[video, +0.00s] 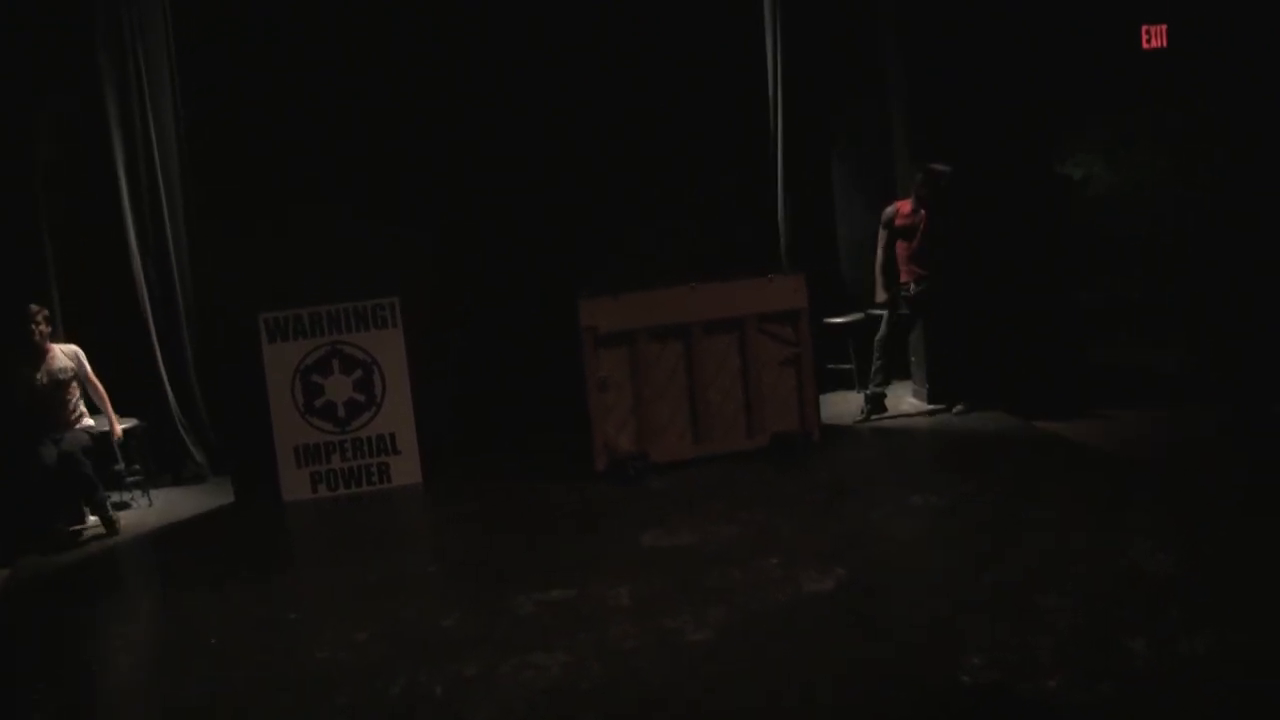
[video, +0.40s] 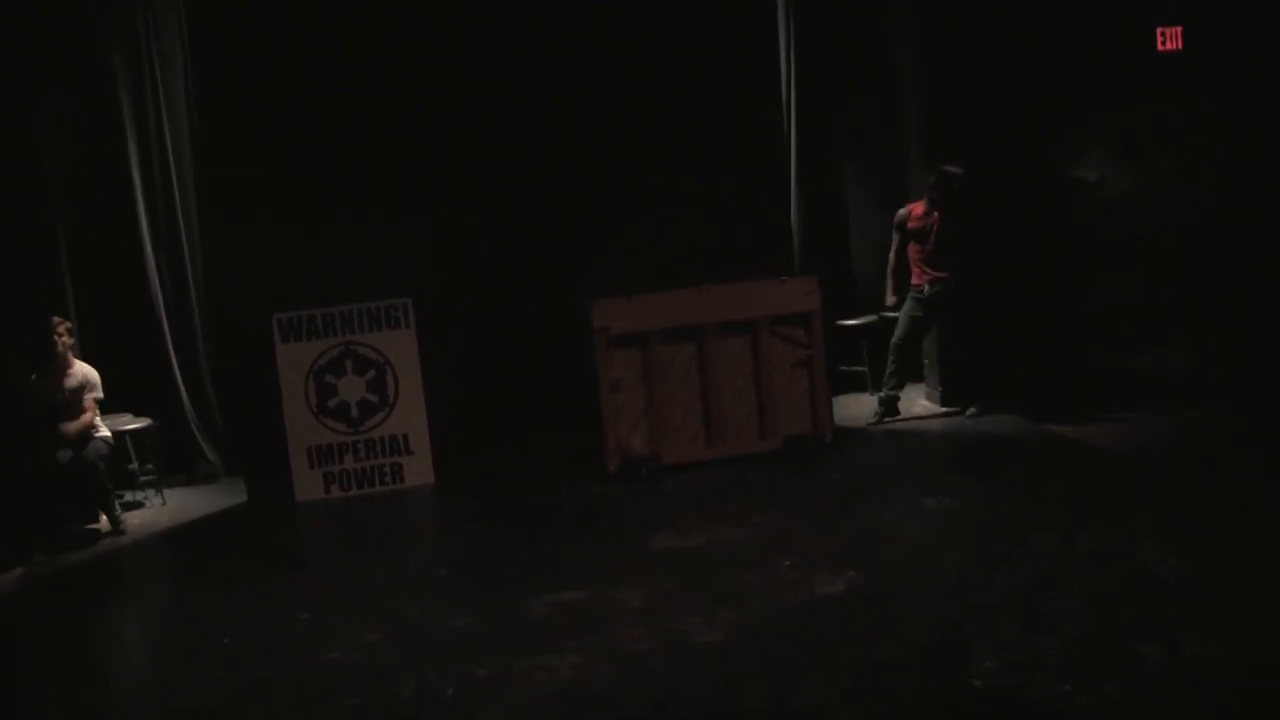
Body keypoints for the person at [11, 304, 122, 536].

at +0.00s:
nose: (34, 330)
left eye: (38, 324)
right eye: (29, 326)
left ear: (48, 326)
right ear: (24, 330)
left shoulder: (71, 353)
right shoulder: (23, 363)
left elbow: (94, 387)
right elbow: (19, 404)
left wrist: (113, 422)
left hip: (78, 426)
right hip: (46, 432)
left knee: (69, 452)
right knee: (44, 463)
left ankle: (103, 511)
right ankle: (59, 523)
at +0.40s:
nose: (55, 340)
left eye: (60, 335)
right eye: (51, 336)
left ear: (70, 340)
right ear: (46, 341)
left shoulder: (86, 373)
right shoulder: (41, 377)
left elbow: (90, 413)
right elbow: (39, 415)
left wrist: (71, 428)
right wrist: (54, 431)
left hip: (89, 431)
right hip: (59, 436)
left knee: (90, 461)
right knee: (56, 466)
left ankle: (112, 513)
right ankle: (66, 522)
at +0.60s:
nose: (74, 351)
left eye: (79, 345)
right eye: (70, 346)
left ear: (88, 350)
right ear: (63, 351)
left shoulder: (104, 388)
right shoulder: (51, 387)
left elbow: (104, 431)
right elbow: (50, 425)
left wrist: (88, 454)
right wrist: (52, 454)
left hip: (101, 439)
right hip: (67, 440)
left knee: (99, 474)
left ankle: (112, 514)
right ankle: (68, 524)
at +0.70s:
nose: (83, 364)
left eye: (87, 358)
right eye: (78, 359)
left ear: (96, 363)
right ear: (72, 363)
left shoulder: (114, 398)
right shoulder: (58, 398)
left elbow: (125, 434)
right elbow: (53, 436)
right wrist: (57, 474)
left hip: (103, 448)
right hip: (71, 449)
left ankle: (118, 507)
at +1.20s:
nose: (89, 265)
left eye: (93, 258)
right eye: (82, 259)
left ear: (101, 261)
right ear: (74, 264)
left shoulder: (118, 297)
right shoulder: (57, 299)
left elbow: (124, 339)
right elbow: (47, 340)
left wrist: (125, 373)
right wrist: (52, 373)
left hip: (110, 384)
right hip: (72, 385)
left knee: (113, 450)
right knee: (77, 450)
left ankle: (116, 514)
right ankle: (79, 515)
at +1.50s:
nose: (89, 315)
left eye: (94, 309)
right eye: (84, 309)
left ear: (105, 313)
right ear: (78, 314)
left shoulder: (120, 356)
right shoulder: (62, 351)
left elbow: (131, 397)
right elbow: (56, 389)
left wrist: (130, 429)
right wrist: (64, 421)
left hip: (109, 431)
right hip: (74, 430)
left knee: (110, 488)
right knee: (85, 488)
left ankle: (109, 545)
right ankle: (94, 548)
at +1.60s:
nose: (82, 312)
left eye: (86, 306)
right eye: (77, 306)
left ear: (95, 311)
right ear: (69, 313)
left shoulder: (117, 350)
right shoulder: (57, 354)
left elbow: (136, 389)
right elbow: (54, 394)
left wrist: (135, 425)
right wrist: (57, 428)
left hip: (110, 435)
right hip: (74, 437)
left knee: (111, 496)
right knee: (84, 497)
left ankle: (111, 554)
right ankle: (92, 557)